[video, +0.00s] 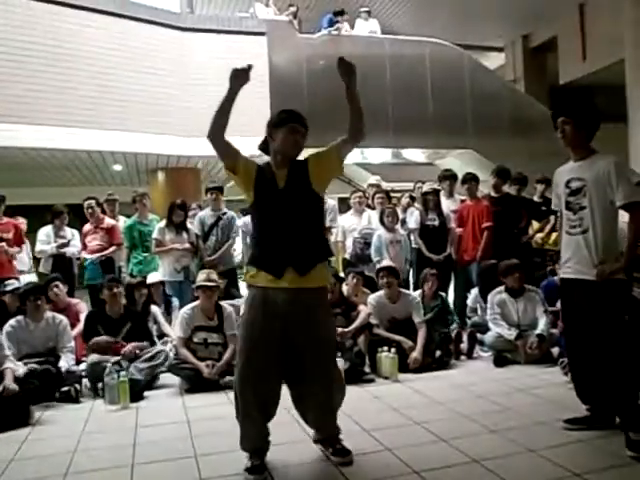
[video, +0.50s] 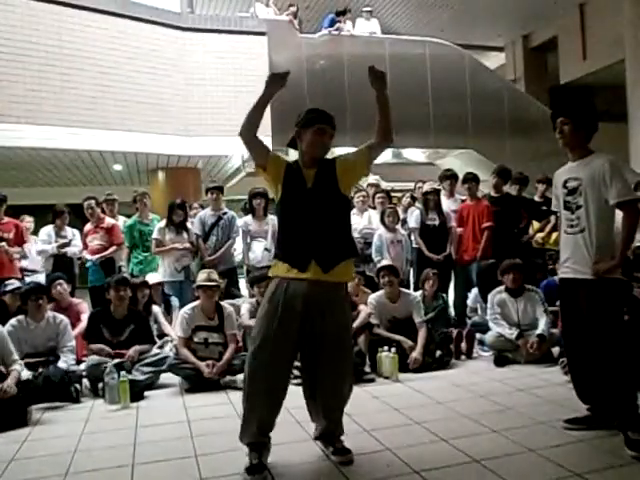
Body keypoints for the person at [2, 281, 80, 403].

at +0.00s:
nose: (38, 303)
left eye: (41, 299)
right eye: (34, 300)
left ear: (46, 301)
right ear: (25, 304)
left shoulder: (59, 322)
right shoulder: (12, 327)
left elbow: (68, 350)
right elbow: (8, 357)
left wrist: (61, 368)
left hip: (54, 367)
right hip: (25, 370)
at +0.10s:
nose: (38, 303)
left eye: (41, 299)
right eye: (34, 300)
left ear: (46, 301)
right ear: (26, 303)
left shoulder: (59, 322)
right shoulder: (12, 327)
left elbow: (68, 351)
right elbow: (8, 358)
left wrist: (58, 368)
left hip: (54, 367)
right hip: (25, 370)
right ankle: (56, 394)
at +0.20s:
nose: (39, 303)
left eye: (41, 298)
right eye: (34, 299)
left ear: (46, 301)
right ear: (26, 303)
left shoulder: (60, 322)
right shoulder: (12, 327)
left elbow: (68, 351)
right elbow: (9, 358)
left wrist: (60, 368)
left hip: (54, 366)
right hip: (26, 370)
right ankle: (58, 394)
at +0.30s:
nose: (39, 303)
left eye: (41, 299)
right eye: (34, 300)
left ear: (47, 302)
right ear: (26, 303)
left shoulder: (60, 322)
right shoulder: (13, 327)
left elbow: (68, 351)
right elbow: (10, 359)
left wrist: (60, 369)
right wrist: (25, 373)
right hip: (26, 370)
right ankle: (61, 394)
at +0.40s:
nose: (39, 303)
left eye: (42, 299)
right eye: (35, 299)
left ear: (47, 301)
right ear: (26, 303)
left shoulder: (60, 322)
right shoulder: (13, 327)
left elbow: (68, 351)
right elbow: (11, 359)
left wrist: (59, 369)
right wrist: (28, 375)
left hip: (54, 365)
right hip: (27, 369)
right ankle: (66, 394)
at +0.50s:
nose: (39, 302)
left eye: (42, 298)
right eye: (34, 299)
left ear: (47, 301)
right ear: (26, 304)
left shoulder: (60, 322)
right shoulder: (13, 327)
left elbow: (68, 352)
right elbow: (12, 361)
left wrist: (57, 370)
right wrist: (30, 376)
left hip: (54, 368)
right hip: (27, 372)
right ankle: (68, 393)